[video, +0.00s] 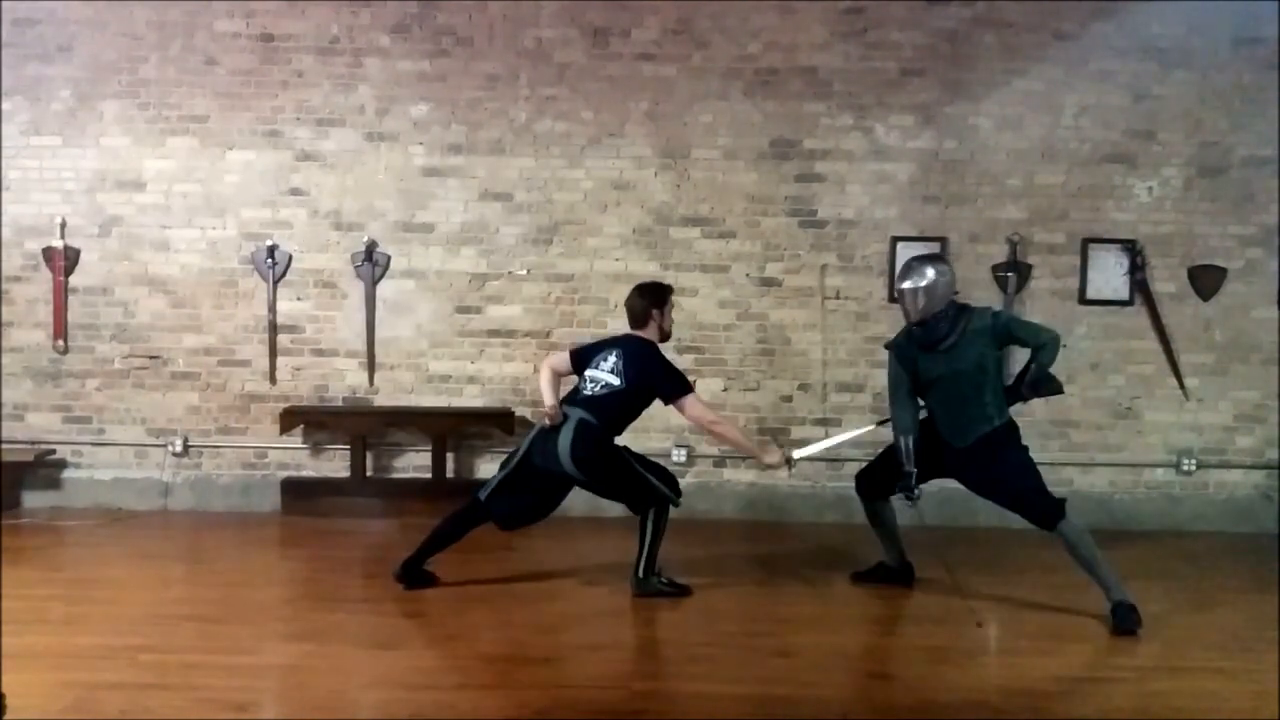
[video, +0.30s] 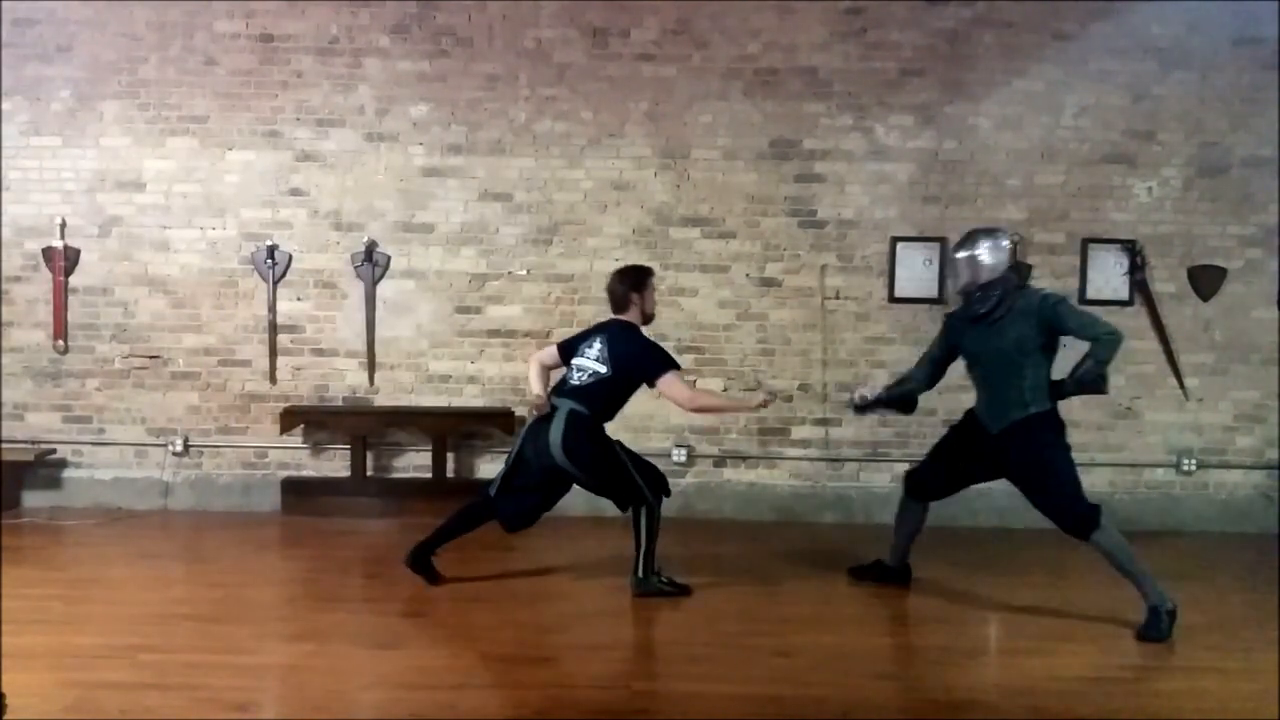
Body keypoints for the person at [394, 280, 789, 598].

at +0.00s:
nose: (673, 321)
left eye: (671, 314)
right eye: (670, 314)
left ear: (633, 316)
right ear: (657, 317)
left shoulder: (600, 348)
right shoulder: (655, 362)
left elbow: (549, 365)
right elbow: (704, 419)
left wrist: (550, 405)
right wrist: (758, 450)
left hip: (550, 436)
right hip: (587, 446)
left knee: (486, 501)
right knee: (659, 490)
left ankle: (413, 564)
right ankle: (647, 575)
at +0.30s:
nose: (656, 299)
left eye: (654, 292)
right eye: (652, 293)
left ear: (620, 299)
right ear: (636, 299)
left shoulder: (595, 335)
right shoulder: (642, 346)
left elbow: (539, 361)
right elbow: (688, 400)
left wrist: (539, 396)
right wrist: (746, 405)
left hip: (543, 429)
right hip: (577, 435)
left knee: (497, 498)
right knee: (646, 488)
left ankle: (423, 551)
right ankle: (645, 576)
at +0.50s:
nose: (577, 261)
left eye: (575, 253)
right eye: (572, 254)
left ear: (542, 261)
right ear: (553, 259)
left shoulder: (517, 305)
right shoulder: (563, 303)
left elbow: (476, 353)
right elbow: (616, 343)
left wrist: (495, 386)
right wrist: (674, 367)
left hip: (504, 413)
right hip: (541, 413)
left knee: (484, 496)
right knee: (602, 492)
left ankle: (434, 567)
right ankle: (644, 574)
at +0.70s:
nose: (512, 242)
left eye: (510, 235)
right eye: (507, 236)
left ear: (478, 243)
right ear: (488, 241)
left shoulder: (457, 289)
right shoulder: (498, 285)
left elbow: (422, 340)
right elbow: (557, 322)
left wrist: (434, 368)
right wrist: (614, 343)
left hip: (449, 399)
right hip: (481, 399)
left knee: (461, 485)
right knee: (537, 477)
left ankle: (430, 568)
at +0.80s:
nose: (492, 238)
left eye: (489, 231)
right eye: (486, 231)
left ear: (456, 240)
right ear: (467, 238)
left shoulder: (436, 285)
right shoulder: (478, 283)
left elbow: (397, 334)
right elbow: (537, 319)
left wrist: (406, 360)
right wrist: (593, 342)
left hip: (427, 395)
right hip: (454, 396)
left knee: (449, 487)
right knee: (498, 484)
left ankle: (430, 569)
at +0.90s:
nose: (474, 237)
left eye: (471, 229)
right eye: (468, 230)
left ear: (437, 239)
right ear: (449, 236)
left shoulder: (415, 283)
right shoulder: (462, 283)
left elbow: (373, 332)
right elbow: (520, 319)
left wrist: (389, 360)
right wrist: (577, 343)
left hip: (410, 391)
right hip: (437, 392)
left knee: (439, 484)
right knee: (455, 488)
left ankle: (428, 568)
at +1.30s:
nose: (408, 237)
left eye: (405, 229)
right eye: (402, 230)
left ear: (368, 238)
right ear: (382, 237)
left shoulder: (338, 276)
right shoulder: (385, 291)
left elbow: (281, 314)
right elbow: (449, 336)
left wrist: (296, 356)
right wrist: (508, 360)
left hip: (320, 392)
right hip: (337, 398)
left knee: (368, 477)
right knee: (334, 495)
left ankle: (393, 559)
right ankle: (280, 581)